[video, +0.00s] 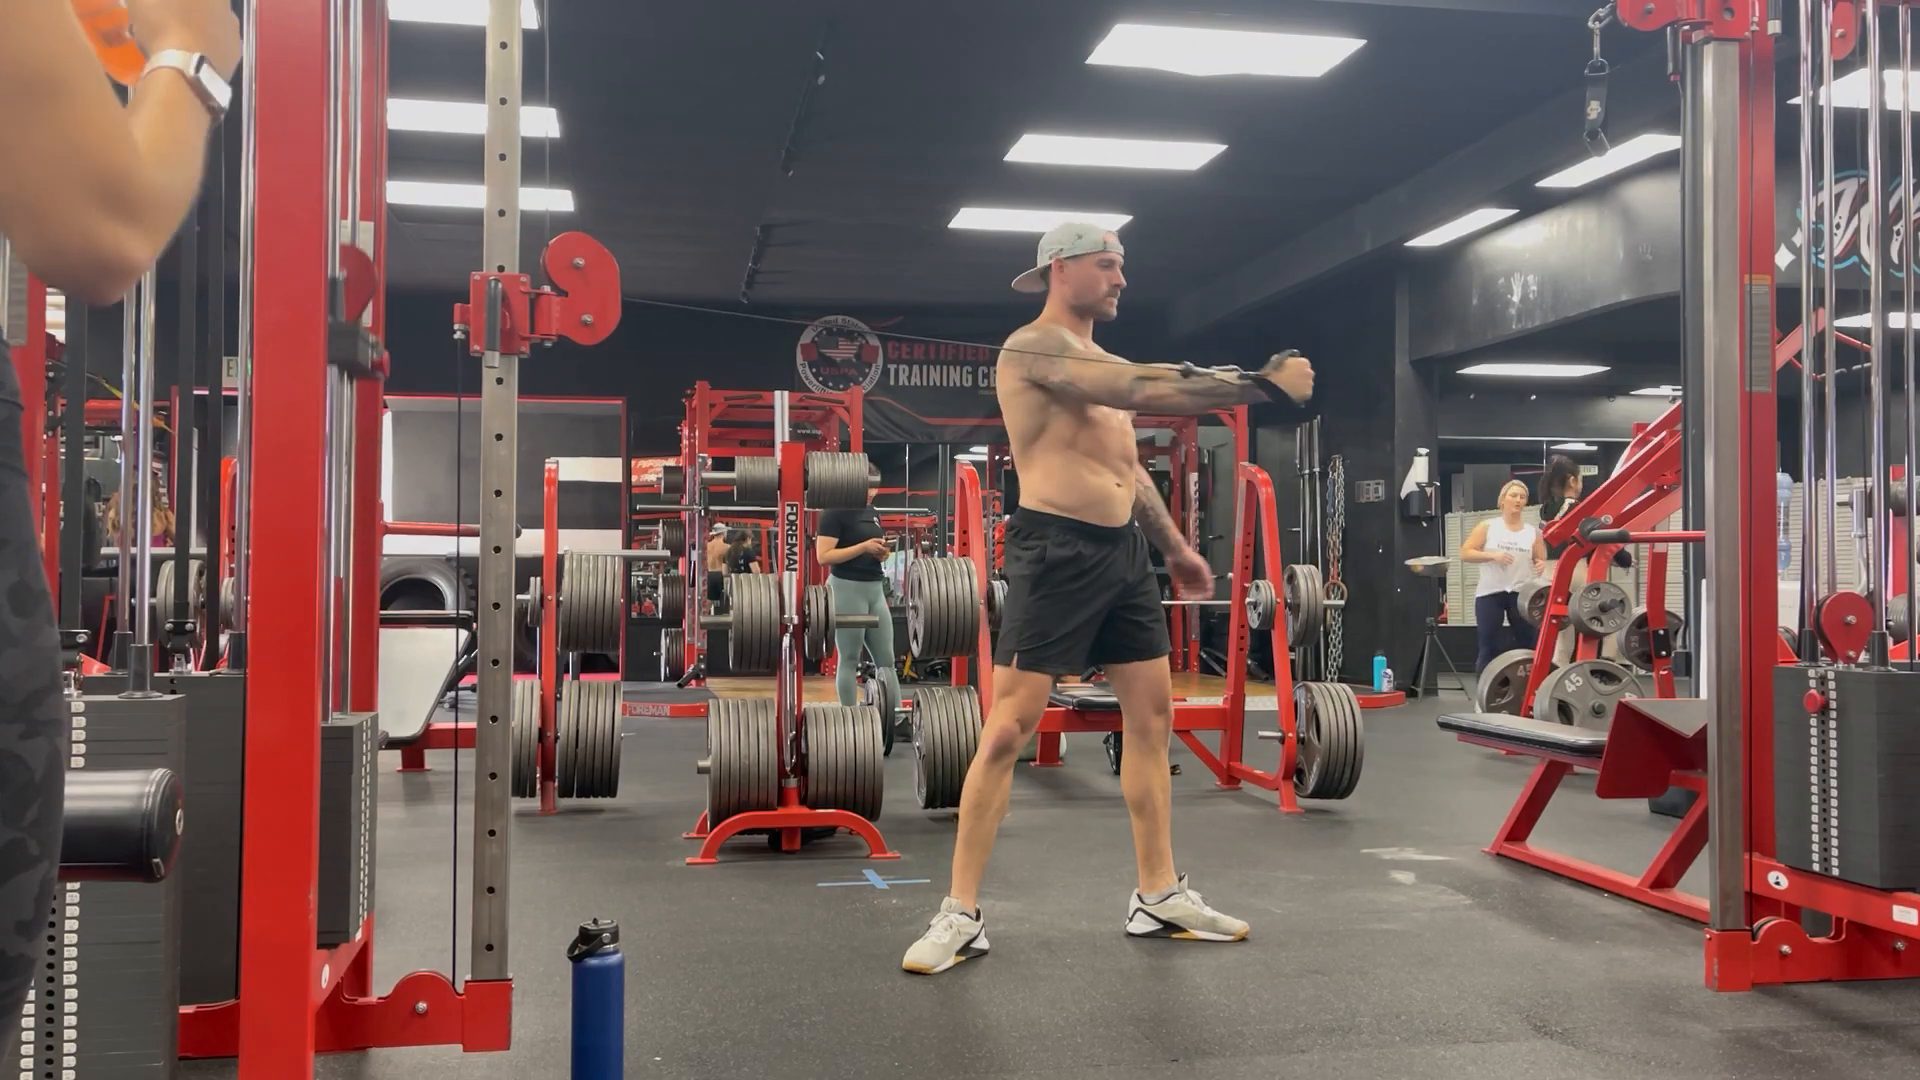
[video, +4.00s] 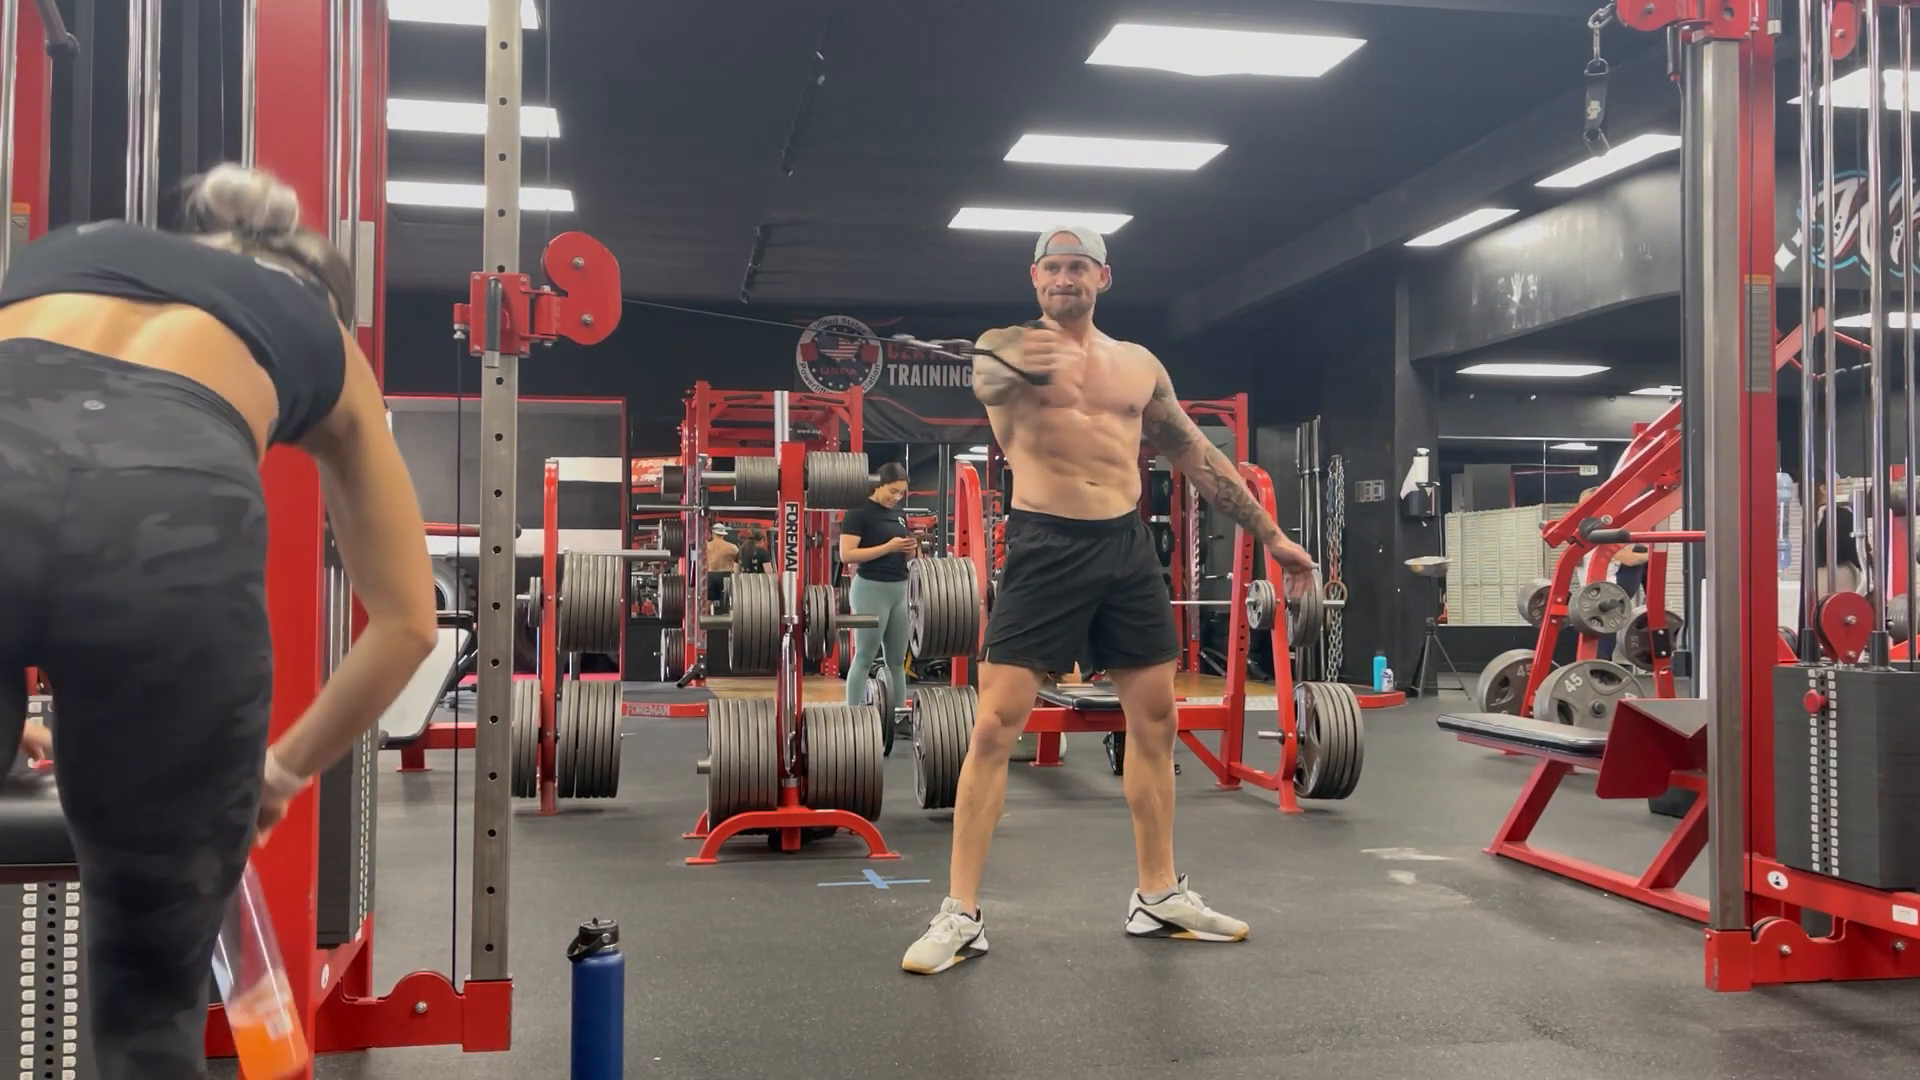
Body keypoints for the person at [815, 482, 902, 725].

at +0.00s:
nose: (872, 492)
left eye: (875, 487)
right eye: (869, 486)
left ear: (876, 489)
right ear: (856, 484)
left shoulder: (871, 513)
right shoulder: (835, 513)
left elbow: (878, 552)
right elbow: (823, 556)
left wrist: (883, 552)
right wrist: (863, 548)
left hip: (875, 589)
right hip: (847, 589)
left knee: (886, 659)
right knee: (849, 659)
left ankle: (896, 720)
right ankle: (850, 721)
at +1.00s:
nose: (895, 495)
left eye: (899, 490)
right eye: (890, 489)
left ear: (903, 488)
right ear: (877, 484)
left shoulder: (901, 513)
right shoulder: (857, 513)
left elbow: (915, 549)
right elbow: (842, 553)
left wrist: (911, 549)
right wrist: (881, 546)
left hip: (898, 591)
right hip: (869, 590)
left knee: (897, 661)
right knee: (863, 659)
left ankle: (899, 719)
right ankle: (852, 718)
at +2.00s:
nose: (904, 494)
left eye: (908, 490)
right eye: (899, 488)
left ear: (910, 489)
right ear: (883, 483)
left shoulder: (907, 514)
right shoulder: (866, 512)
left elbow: (918, 554)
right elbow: (850, 552)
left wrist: (917, 549)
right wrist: (891, 547)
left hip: (902, 590)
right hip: (874, 589)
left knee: (898, 659)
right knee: (867, 658)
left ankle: (901, 715)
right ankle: (854, 716)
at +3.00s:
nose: (899, 495)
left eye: (903, 491)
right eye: (895, 489)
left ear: (905, 490)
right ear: (880, 484)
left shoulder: (896, 515)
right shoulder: (860, 513)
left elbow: (909, 554)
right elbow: (847, 553)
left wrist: (914, 549)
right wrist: (889, 547)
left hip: (899, 590)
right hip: (872, 590)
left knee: (897, 660)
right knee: (865, 657)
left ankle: (901, 716)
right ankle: (854, 715)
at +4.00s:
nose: (898, 497)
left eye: (901, 493)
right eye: (894, 491)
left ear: (903, 491)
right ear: (879, 485)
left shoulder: (895, 515)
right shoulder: (858, 514)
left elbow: (902, 556)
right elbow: (846, 554)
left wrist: (911, 548)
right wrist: (888, 548)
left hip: (898, 590)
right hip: (870, 590)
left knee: (896, 661)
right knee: (865, 657)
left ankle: (901, 716)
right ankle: (853, 716)